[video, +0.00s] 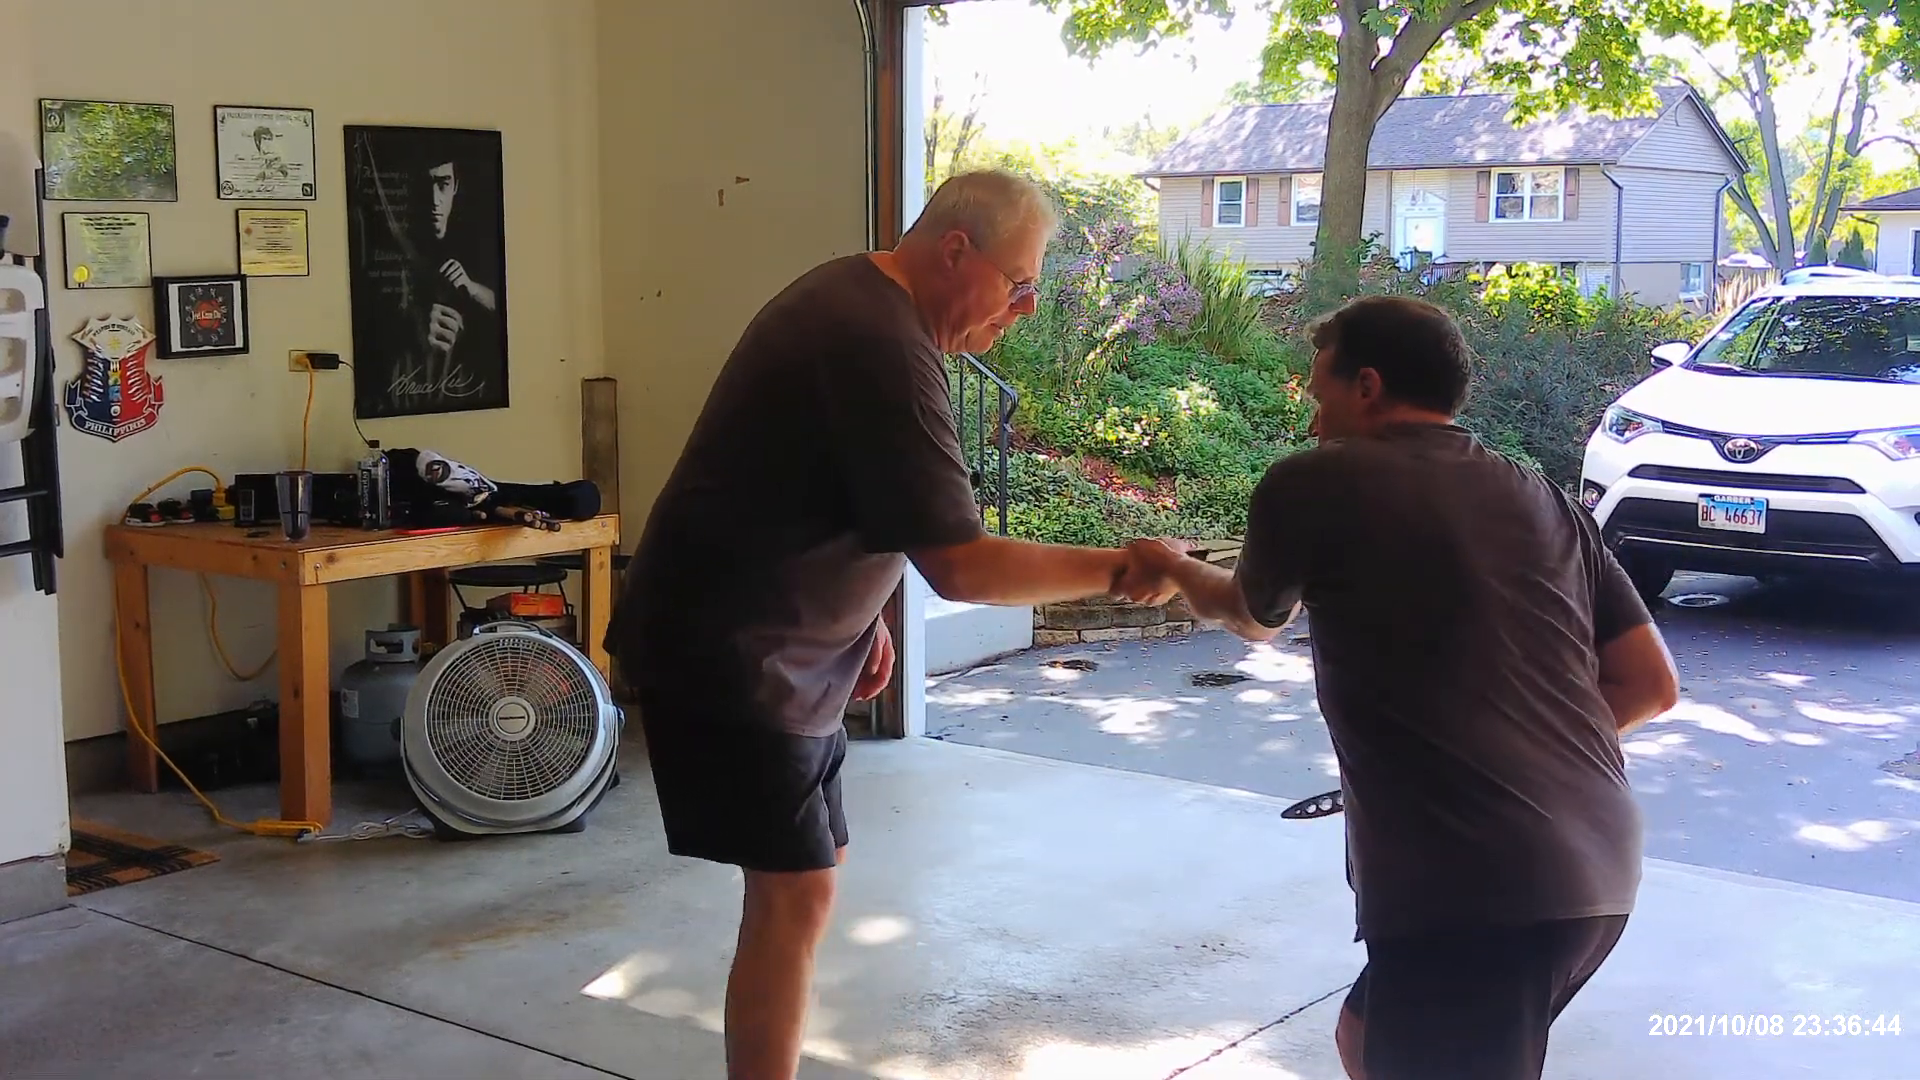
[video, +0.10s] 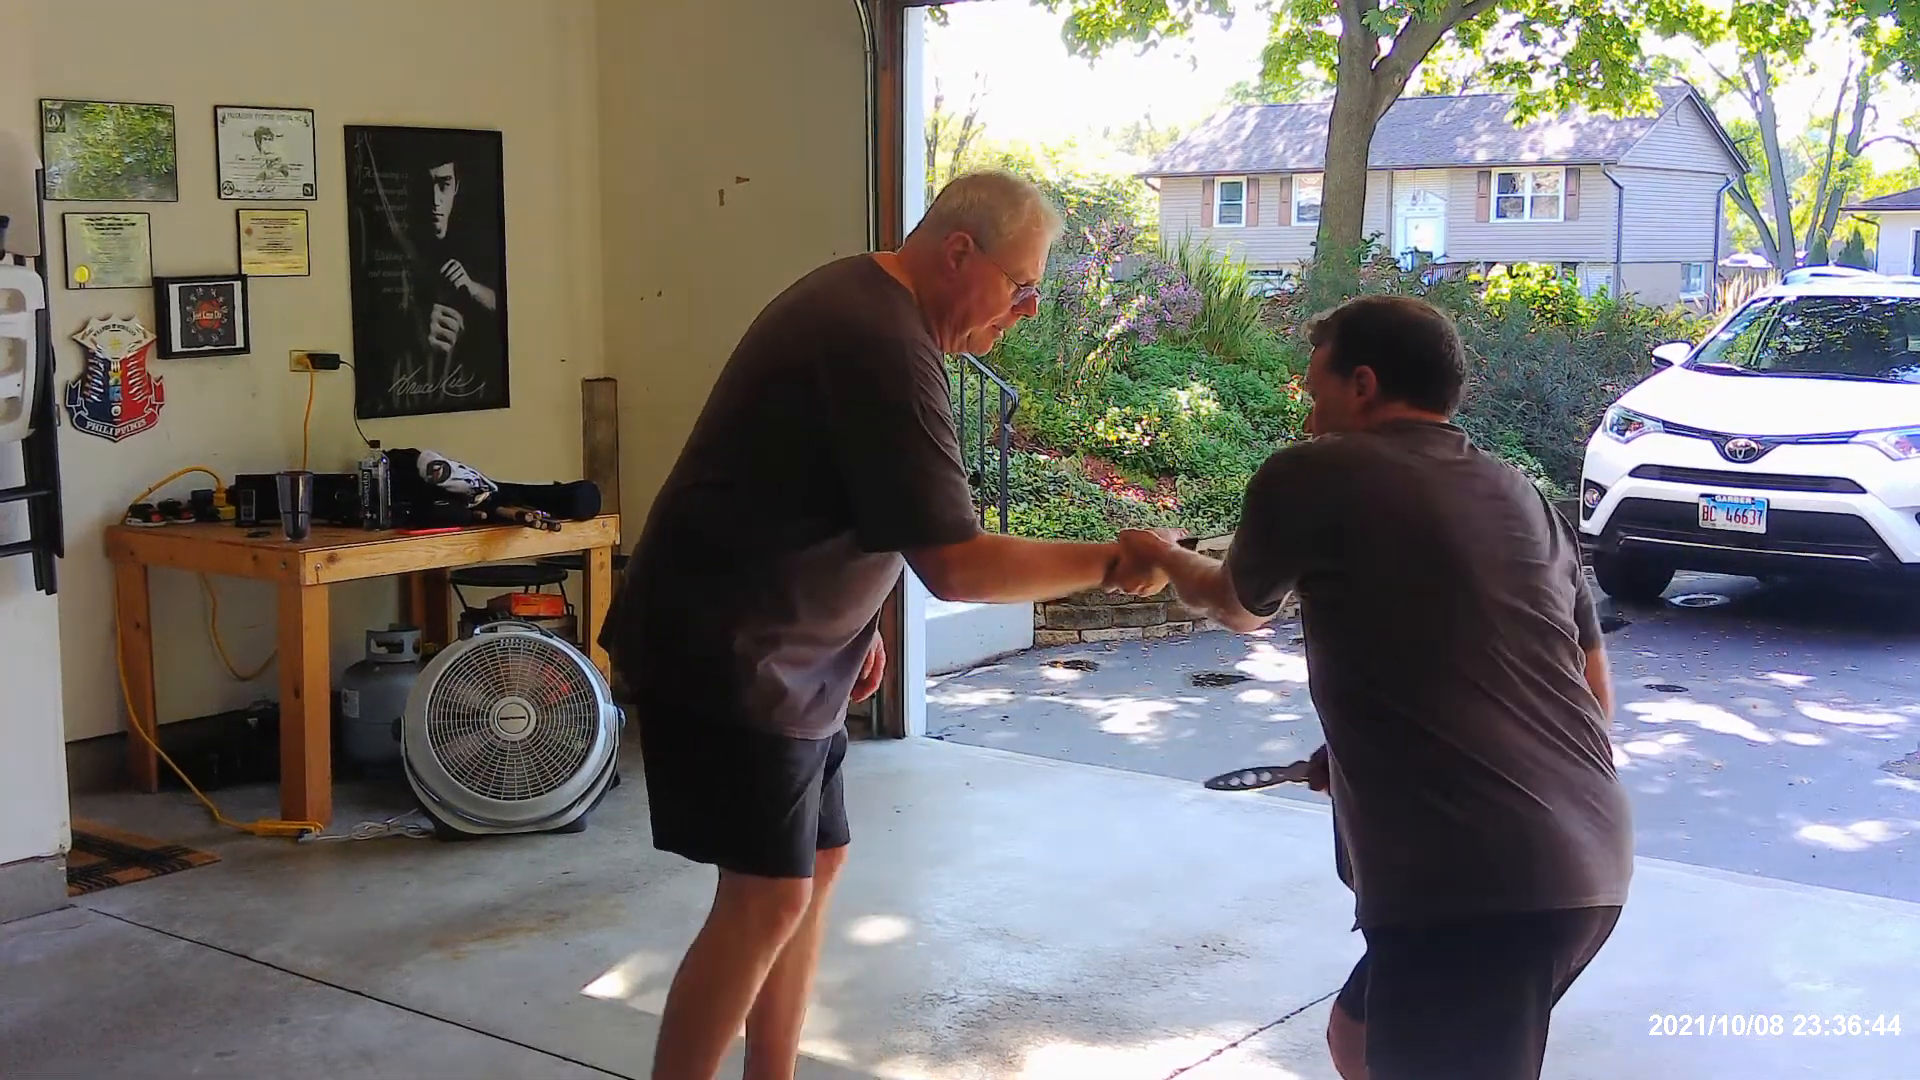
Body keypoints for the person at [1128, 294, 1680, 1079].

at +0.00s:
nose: (1313, 408)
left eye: (1321, 385)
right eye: (1315, 386)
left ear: (1369, 388)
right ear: (1443, 396)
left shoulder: (1312, 482)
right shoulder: (1541, 496)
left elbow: (1254, 611)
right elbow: (1647, 681)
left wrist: (1178, 566)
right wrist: (1514, 754)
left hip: (1472, 883)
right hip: (1603, 869)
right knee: (1367, 1032)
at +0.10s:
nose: (1308, 404)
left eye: (1316, 382)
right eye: (1309, 383)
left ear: (1364, 385)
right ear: (1440, 396)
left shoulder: (1308, 476)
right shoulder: (1525, 493)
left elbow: (1239, 600)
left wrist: (1167, 557)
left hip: (1469, 877)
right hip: (1592, 865)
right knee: (1355, 1031)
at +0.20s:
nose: (1295, 407)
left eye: (1302, 383)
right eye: (1296, 385)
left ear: (1350, 384)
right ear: (1422, 396)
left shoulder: (1303, 468)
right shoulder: (1482, 480)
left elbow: (1218, 594)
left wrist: (1158, 552)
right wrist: (1282, 725)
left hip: (1479, 862)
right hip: (1585, 845)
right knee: (1357, 1035)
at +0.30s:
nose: (1277, 412)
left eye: (1284, 388)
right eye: (1277, 389)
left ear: (1335, 385)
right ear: (1403, 396)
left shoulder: (1295, 460)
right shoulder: (1447, 477)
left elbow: (1211, 593)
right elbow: (1331, 690)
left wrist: (1146, 539)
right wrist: (1153, 689)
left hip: (1491, 854)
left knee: (1470, 1067)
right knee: (1359, 1035)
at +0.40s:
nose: (1259, 410)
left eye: (1267, 390)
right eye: (1260, 390)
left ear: (1313, 388)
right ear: (1376, 400)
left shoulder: (1294, 460)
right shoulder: (1405, 479)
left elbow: (1205, 646)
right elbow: (1234, 653)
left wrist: (1174, 584)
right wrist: (1052, 675)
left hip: (1500, 857)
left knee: (1490, 1067)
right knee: (1362, 1030)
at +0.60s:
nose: (1160, 500)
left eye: (1168, 474)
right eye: (1160, 477)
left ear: (1222, 469)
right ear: (1239, 475)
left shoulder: (1311, 502)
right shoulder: (1282, 586)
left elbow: (1309, 687)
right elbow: (1157, 770)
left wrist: (1218, 672)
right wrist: (980, 814)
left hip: (1590, 853)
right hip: (1481, 855)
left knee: (1556, 1064)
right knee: (1357, 1040)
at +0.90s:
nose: (1147, 562)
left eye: (1150, 538)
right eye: (1144, 541)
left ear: (1202, 527)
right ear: (1216, 525)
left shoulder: (1330, 574)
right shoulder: (1257, 621)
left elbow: (1405, 785)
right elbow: (1139, 774)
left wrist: (1299, 768)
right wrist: (966, 812)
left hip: (1622, 873)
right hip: (1497, 873)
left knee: (1559, 1068)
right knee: (1372, 1044)